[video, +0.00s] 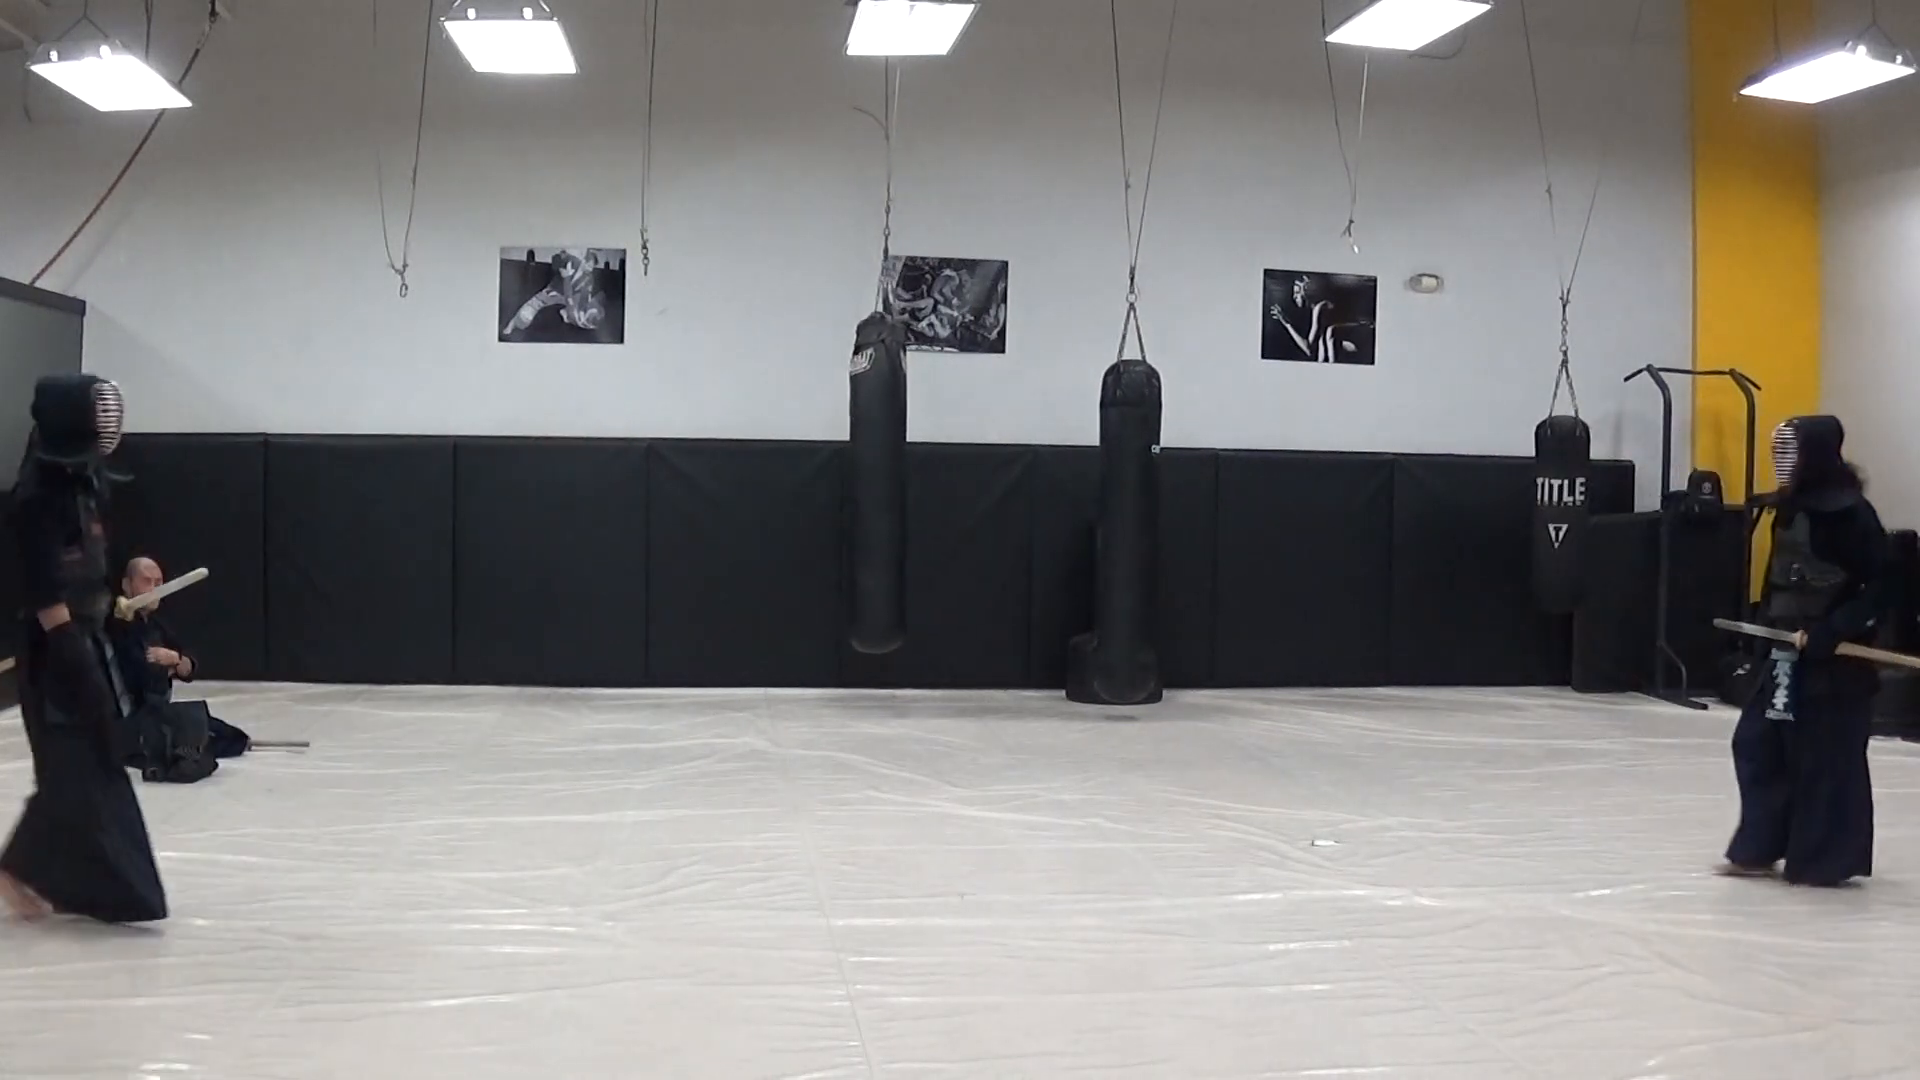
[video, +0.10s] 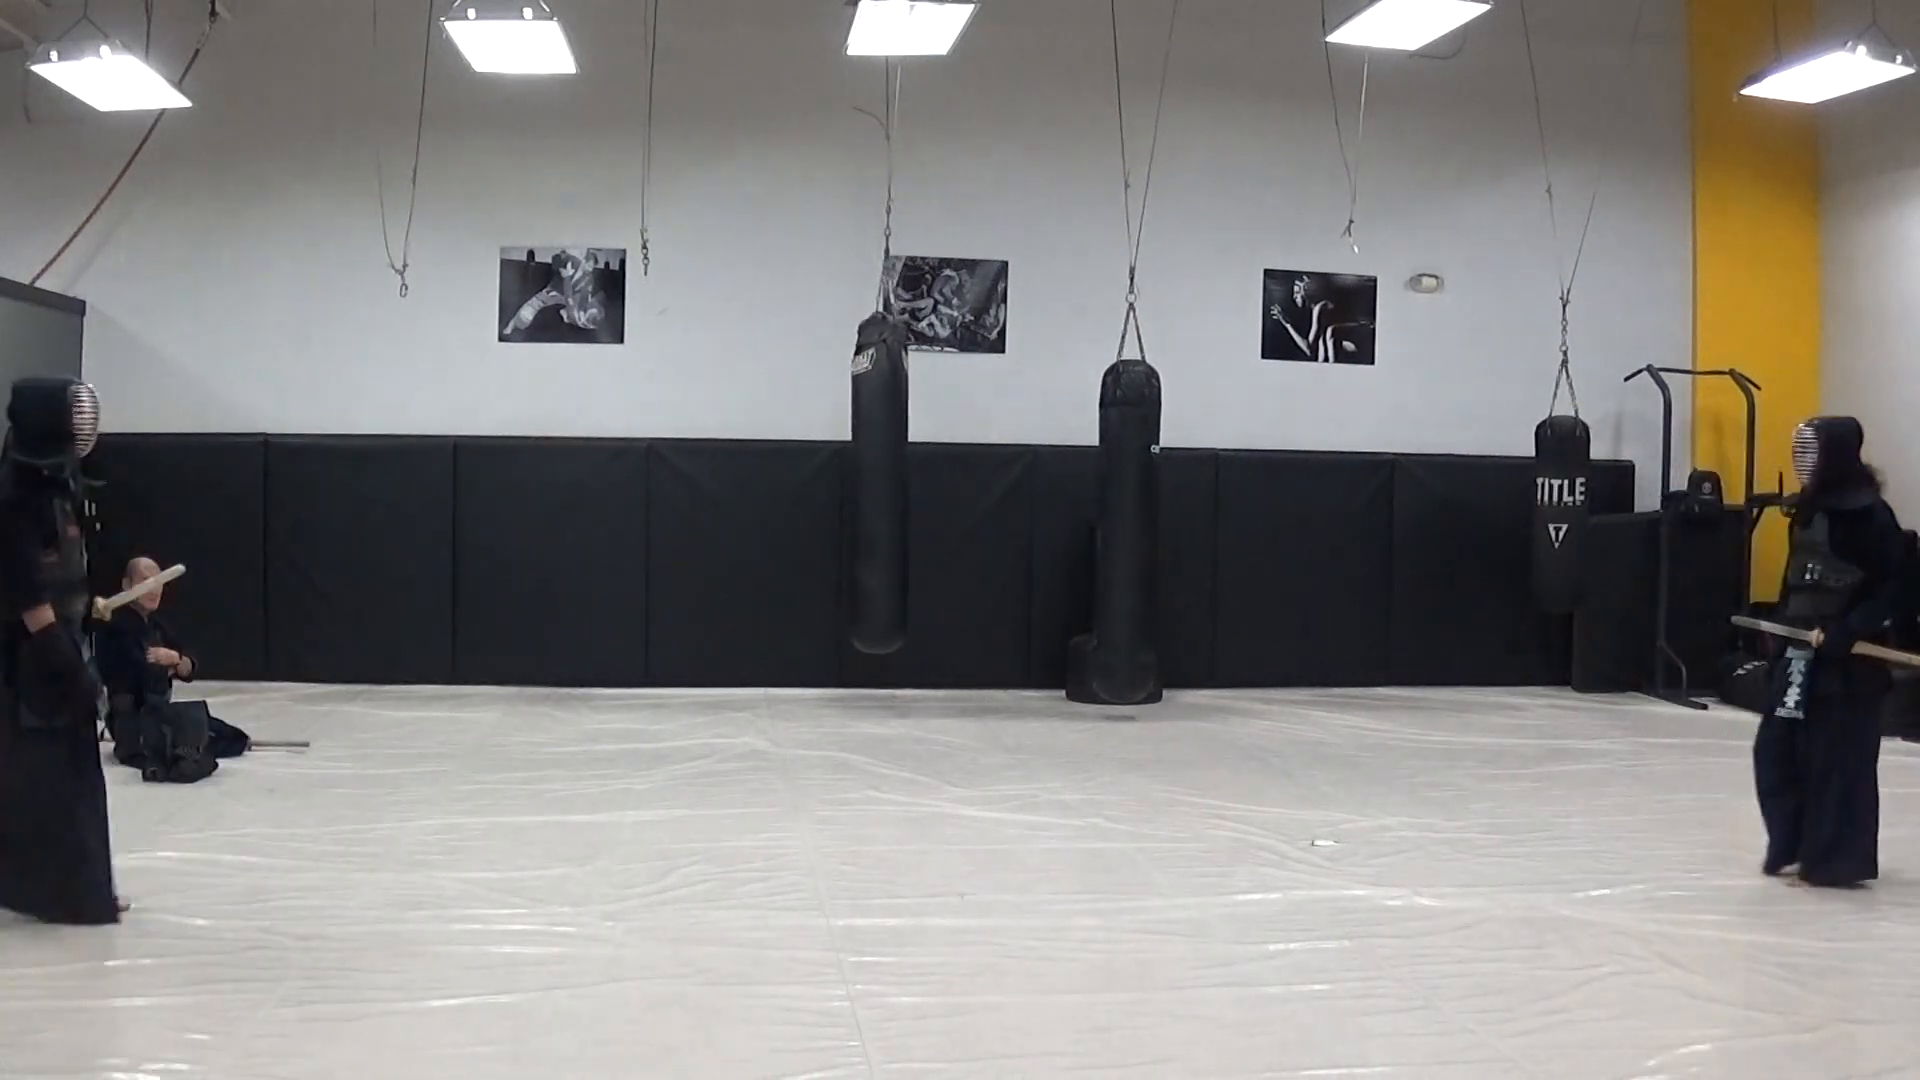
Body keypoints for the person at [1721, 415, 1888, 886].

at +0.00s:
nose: (1779, 462)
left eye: (1787, 453)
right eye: (1779, 452)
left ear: (1813, 456)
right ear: (1801, 456)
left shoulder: (1849, 512)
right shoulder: (1791, 508)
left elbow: (1879, 585)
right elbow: (1784, 582)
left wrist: (1825, 632)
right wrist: (1762, 628)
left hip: (1836, 657)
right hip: (1788, 654)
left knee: (1826, 753)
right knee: (1753, 740)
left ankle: (1823, 860)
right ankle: (1758, 847)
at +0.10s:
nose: (1799, 462)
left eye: (1807, 453)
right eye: (1798, 452)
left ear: (1832, 455)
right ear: (1823, 455)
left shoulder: (1867, 511)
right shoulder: (1808, 509)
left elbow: (1890, 585)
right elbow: (1800, 581)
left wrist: (1841, 633)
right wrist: (1775, 630)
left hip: (1851, 657)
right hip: (1804, 653)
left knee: (1839, 754)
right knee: (1774, 747)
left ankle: (1839, 861)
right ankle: (1795, 844)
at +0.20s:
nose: (1818, 464)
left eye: (1826, 455)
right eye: (1817, 455)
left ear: (1852, 458)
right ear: (1827, 457)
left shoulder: (1883, 516)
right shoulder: (1824, 510)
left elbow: (1907, 592)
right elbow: (1812, 579)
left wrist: (1860, 637)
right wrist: (1792, 625)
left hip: (1864, 653)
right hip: (1821, 647)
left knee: (1846, 751)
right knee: (1814, 746)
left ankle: (1840, 862)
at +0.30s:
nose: (1832, 467)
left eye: (1840, 459)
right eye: (1832, 458)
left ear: (1867, 461)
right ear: (1840, 460)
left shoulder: (1895, 518)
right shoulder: (1838, 512)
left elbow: (1912, 596)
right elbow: (1818, 577)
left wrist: (1885, 643)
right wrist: (1797, 620)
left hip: (1874, 649)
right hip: (1835, 643)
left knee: (1852, 747)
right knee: (1864, 744)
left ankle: (1839, 860)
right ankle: (1896, 833)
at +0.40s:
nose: (1848, 469)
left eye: (1855, 460)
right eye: (1847, 460)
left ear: (1880, 460)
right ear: (1857, 462)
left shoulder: (1907, 512)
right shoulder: (1852, 512)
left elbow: (1912, 590)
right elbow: (1830, 580)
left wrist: (1905, 649)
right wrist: (1814, 635)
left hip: (1896, 653)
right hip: (1859, 649)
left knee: (1869, 752)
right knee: (1881, 752)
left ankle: (1836, 857)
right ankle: (1892, 844)